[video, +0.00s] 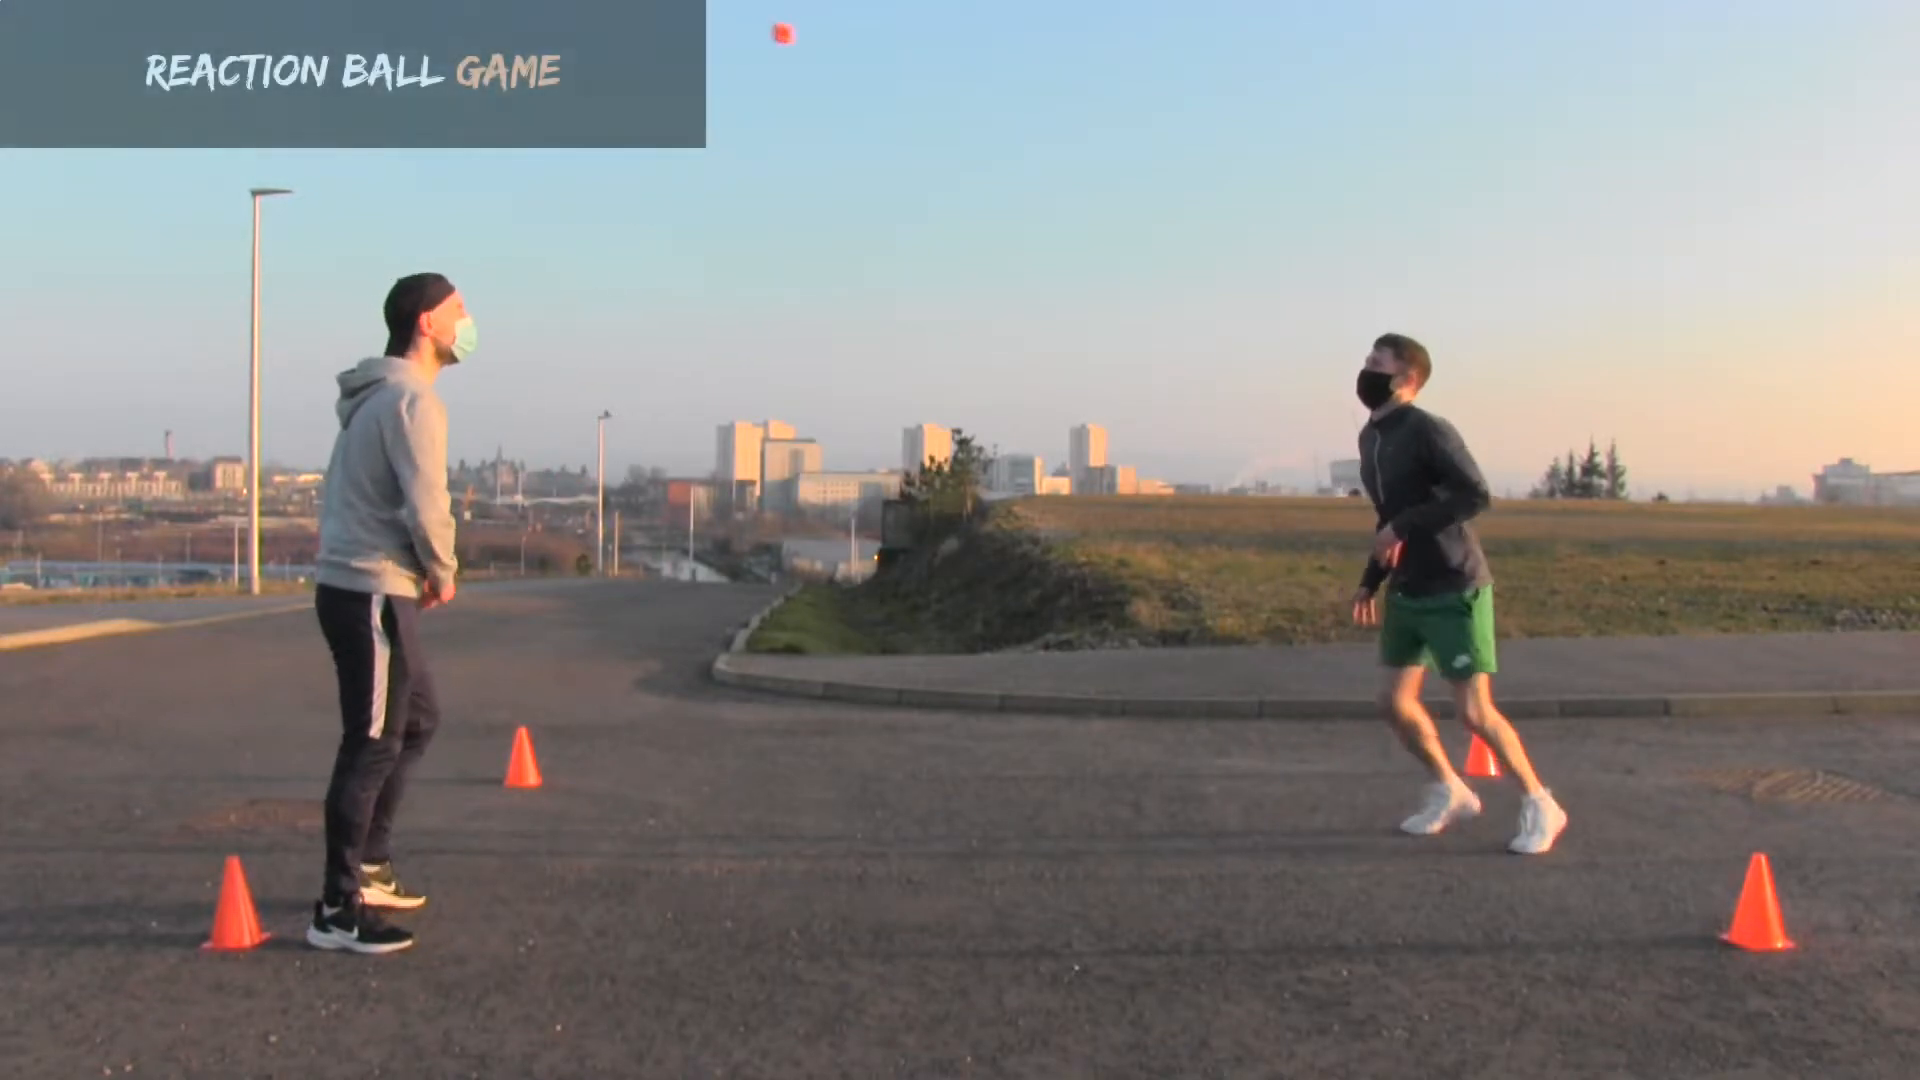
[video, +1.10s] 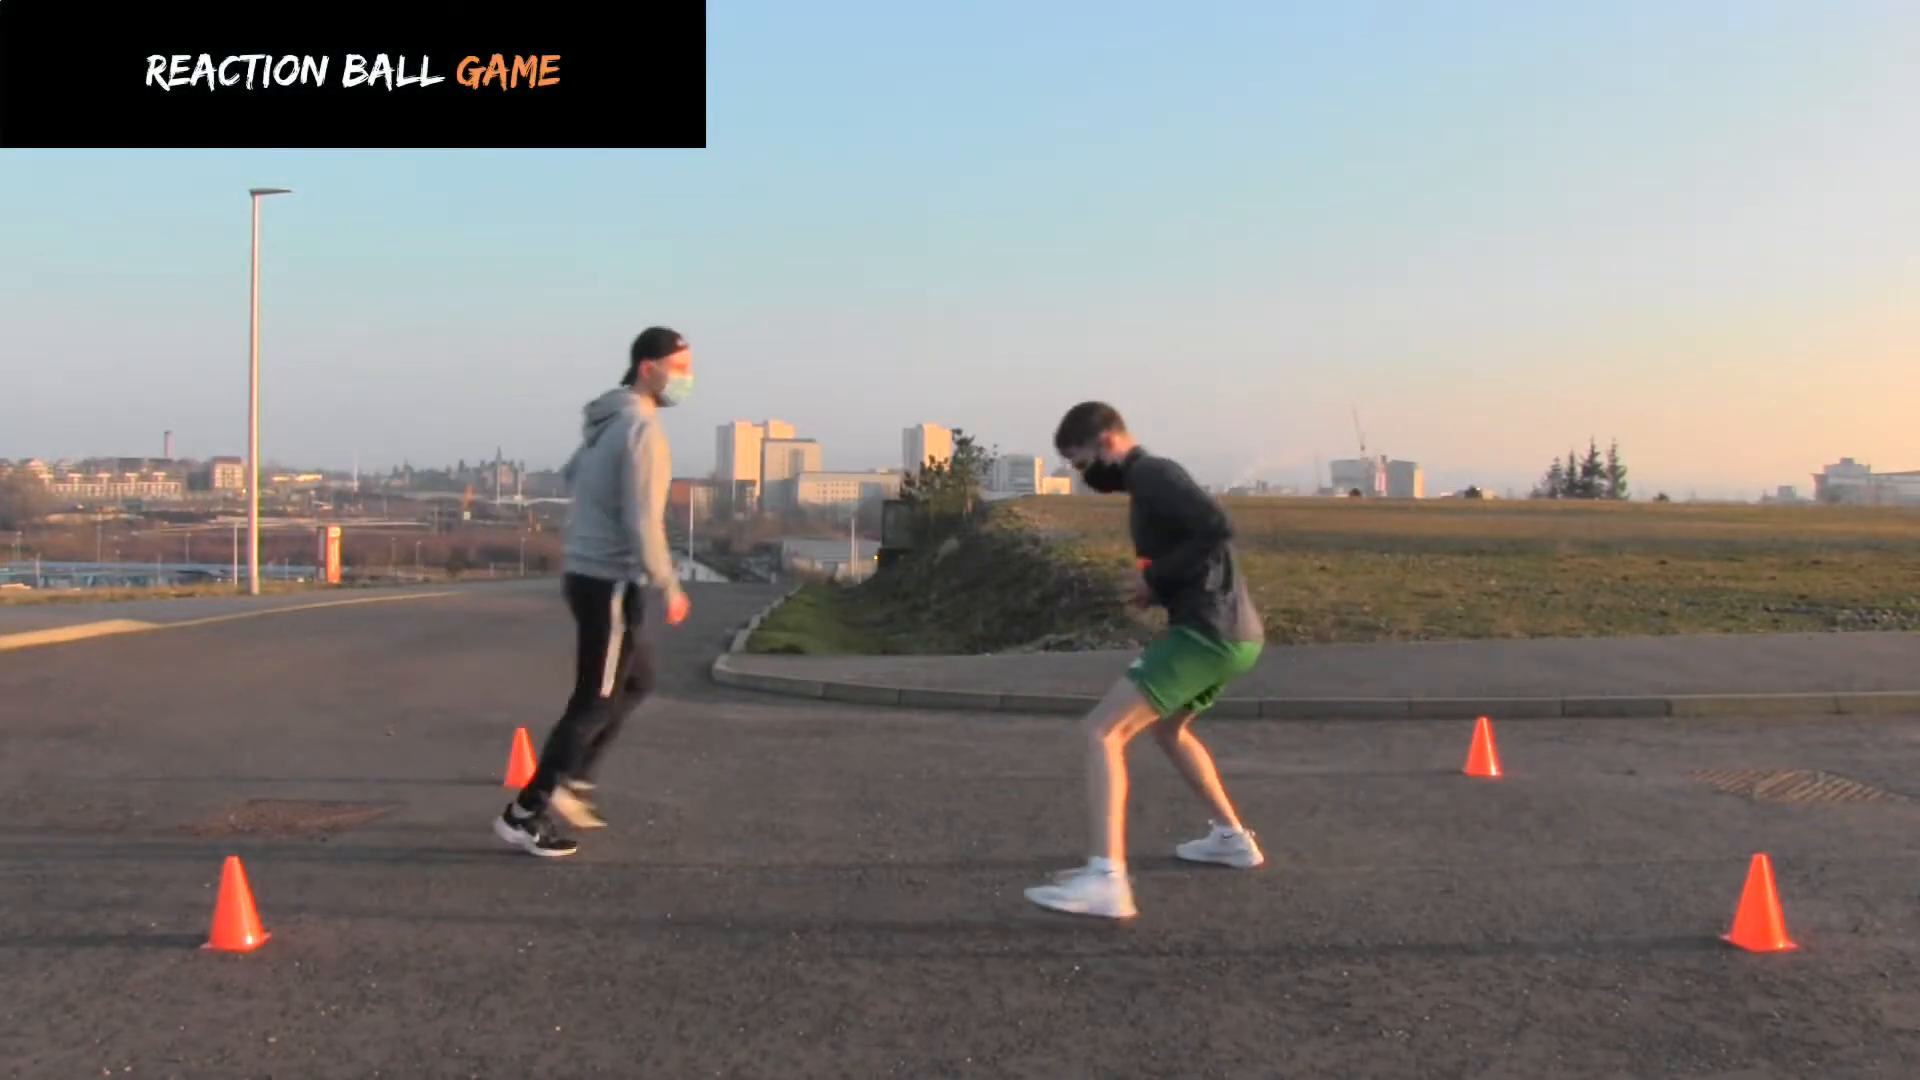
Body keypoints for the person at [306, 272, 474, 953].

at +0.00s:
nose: (468, 326)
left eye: (464, 313)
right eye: (459, 314)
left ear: (416, 325)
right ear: (427, 324)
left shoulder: (380, 393)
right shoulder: (414, 400)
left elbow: (388, 500)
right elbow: (426, 502)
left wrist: (427, 567)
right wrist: (443, 566)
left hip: (369, 588)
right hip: (367, 591)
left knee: (417, 721)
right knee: (372, 739)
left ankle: (366, 862)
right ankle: (337, 908)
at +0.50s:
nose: (530, 379)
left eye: (532, 367)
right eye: (527, 366)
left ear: (489, 358)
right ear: (496, 358)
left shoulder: (444, 411)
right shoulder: (478, 419)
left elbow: (425, 508)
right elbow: (464, 513)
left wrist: (455, 586)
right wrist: (481, 589)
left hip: (412, 591)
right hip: (419, 595)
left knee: (452, 727)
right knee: (426, 736)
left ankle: (378, 865)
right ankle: (356, 892)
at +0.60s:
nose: (541, 391)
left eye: (543, 381)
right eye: (538, 379)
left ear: (500, 369)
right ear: (506, 369)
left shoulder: (457, 419)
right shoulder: (492, 426)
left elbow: (458, 525)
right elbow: (471, 513)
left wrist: (522, 560)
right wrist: (472, 592)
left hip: (410, 597)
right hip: (434, 601)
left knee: (441, 736)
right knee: (479, 740)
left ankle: (380, 863)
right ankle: (389, 867)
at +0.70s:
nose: (568, 384)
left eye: (571, 374)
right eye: (565, 372)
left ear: (530, 362)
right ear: (532, 361)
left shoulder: (494, 408)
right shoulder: (510, 411)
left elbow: (502, 515)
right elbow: (480, 492)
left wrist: (571, 526)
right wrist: (474, 571)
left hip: (443, 587)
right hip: (481, 589)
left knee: (440, 724)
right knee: (535, 712)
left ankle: (377, 854)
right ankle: (464, 836)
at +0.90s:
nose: (627, 375)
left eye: (628, 365)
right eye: (620, 363)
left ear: (586, 363)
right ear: (588, 362)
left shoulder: (564, 410)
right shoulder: (572, 413)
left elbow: (551, 498)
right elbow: (546, 501)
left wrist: (592, 518)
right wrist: (553, 582)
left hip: (515, 578)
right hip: (548, 584)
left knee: (522, 698)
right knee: (567, 708)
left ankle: (425, 791)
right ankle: (518, 824)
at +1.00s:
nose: (661, 390)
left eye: (663, 380)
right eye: (654, 380)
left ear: (619, 383)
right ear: (622, 381)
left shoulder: (587, 431)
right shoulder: (612, 439)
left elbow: (575, 514)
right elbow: (606, 531)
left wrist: (618, 534)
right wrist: (625, 614)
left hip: (557, 587)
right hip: (578, 591)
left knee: (587, 701)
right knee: (597, 713)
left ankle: (500, 776)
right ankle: (520, 819)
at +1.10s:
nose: (688, 375)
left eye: (689, 366)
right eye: (681, 366)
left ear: (647, 370)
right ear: (648, 368)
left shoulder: (613, 419)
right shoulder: (643, 427)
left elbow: (571, 473)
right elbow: (643, 518)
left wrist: (614, 507)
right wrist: (669, 585)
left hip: (595, 572)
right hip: (608, 578)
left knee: (636, 679)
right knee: (596, 698)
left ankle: (571, 780)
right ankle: (525, 811)